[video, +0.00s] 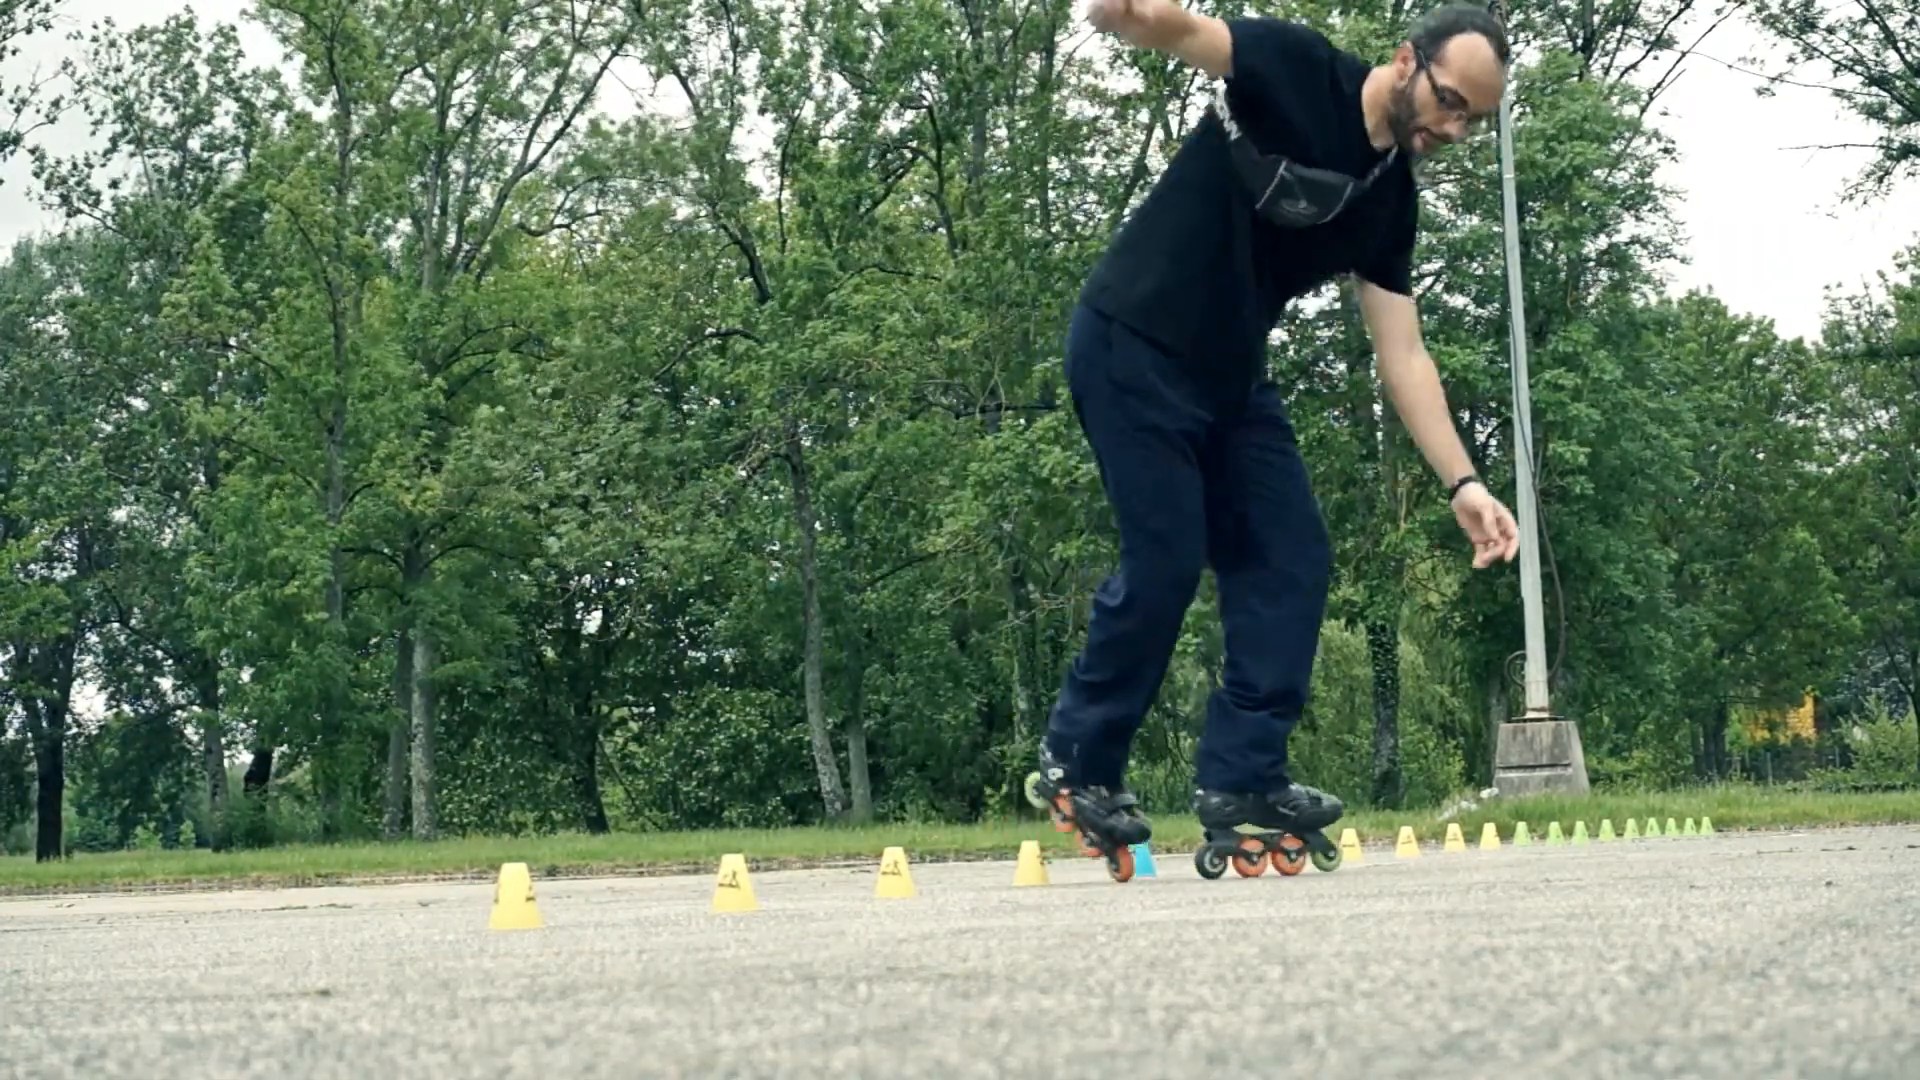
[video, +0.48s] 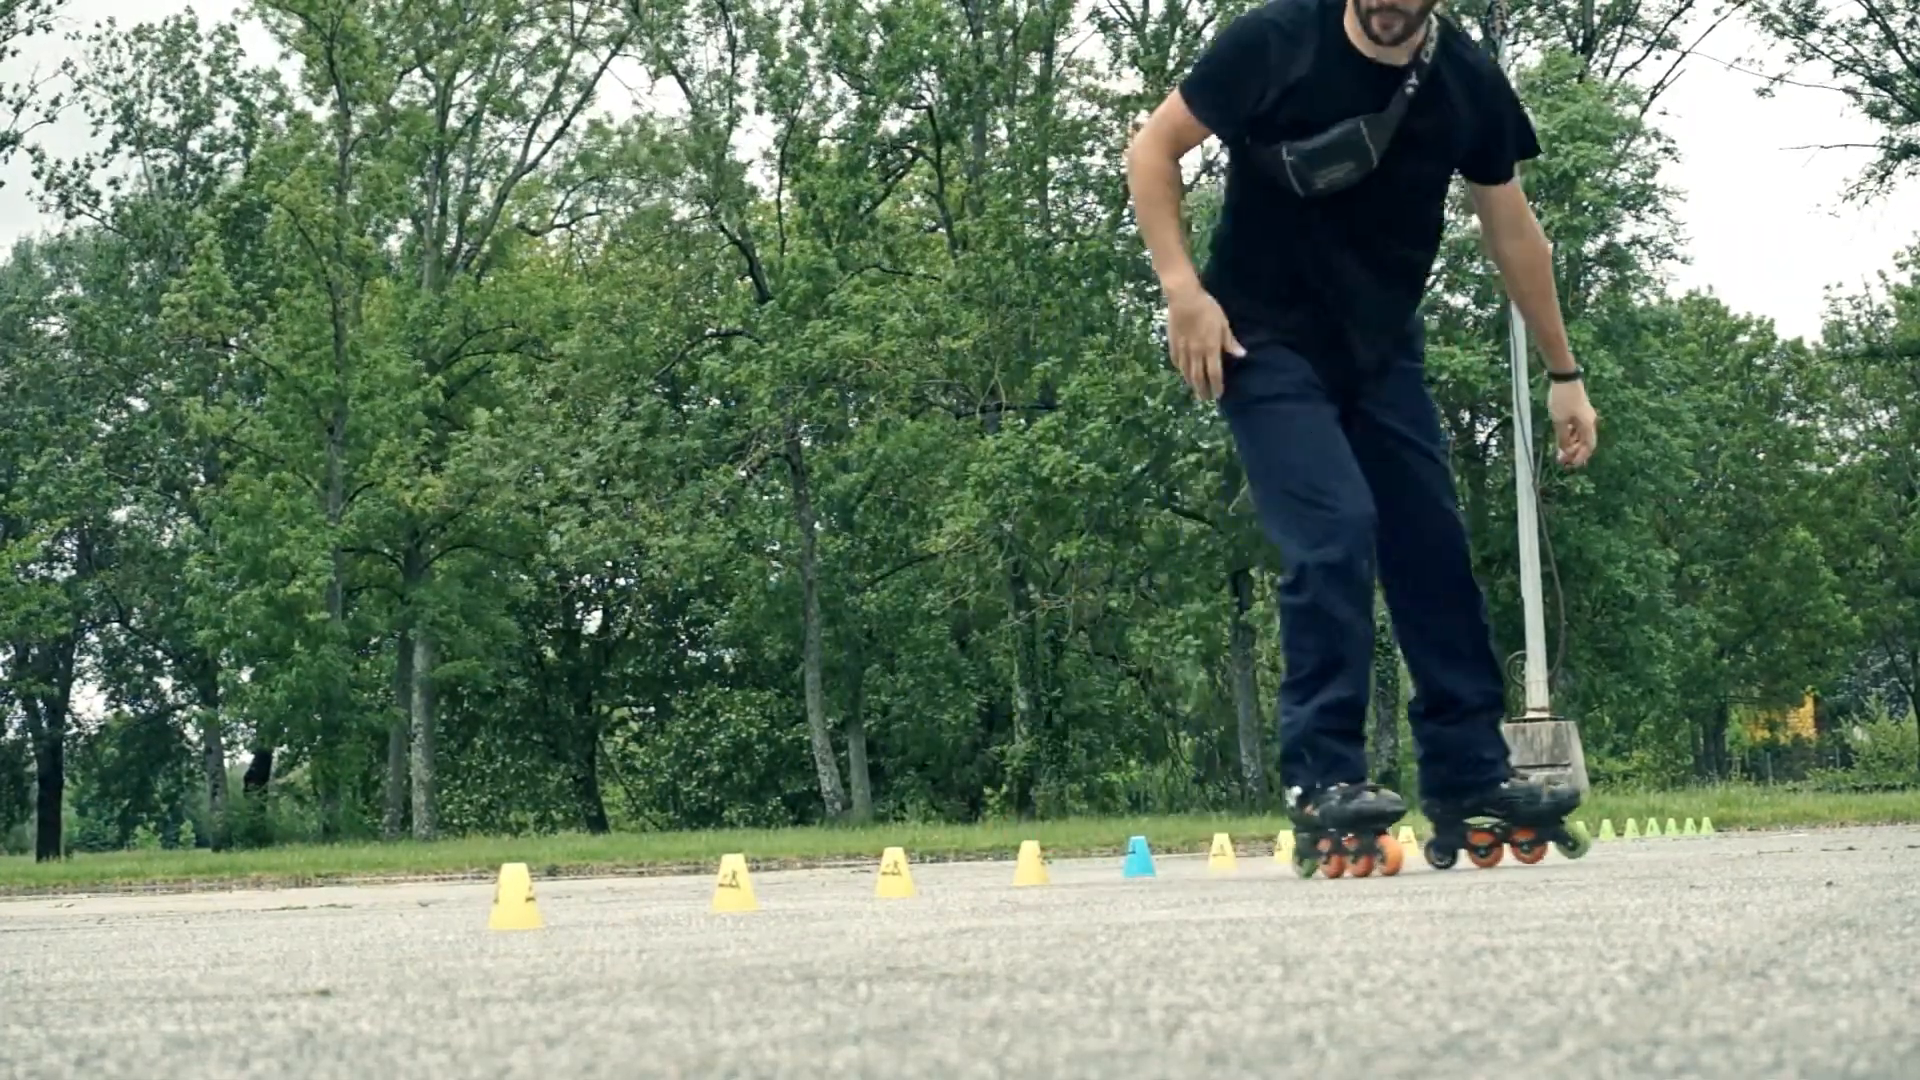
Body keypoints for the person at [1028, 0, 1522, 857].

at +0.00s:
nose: (1453, 127)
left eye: (1472, 118)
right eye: (1449, 100)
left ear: (1478, 113)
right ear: (1409, 58)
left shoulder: (1389, 197)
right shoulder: (1301, 67)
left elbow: (1402, 351)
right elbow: (1187, 32)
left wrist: (1464, 483)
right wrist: (1130, 18)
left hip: (1229, 367)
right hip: (1131, 335)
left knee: (1288, 558)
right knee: (1166, 556)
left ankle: (1242, 781)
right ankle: (1078, 765)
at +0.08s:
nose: (1449, 93)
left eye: (1470, 81)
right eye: (1439, 65)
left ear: (1486, 75)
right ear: (1396, 28)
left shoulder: (1404, 171)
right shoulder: (1291, 51)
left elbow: (1428, 328)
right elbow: (1145, 38)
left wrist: (1491, 463)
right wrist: (1164, 85)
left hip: (1255, 363)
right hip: (1148, 334)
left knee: (1306, 561)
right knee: (1188, 551)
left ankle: (1249, 778)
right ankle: (1122, 767)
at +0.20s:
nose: (1430, 50)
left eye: (1454, 35)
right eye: (1417, 24)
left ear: (1473, 30)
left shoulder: (1430, 134)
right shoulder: (1290, 37)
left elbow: (1464, 289)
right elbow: (1145, 96)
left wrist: (1531, 426)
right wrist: (1209, 196)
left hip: (1291, 354)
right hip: (1176, 328)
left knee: (1339, 551)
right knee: (1220, 531)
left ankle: (1303, 779)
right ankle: (1173, 773)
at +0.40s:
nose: (1410, 14)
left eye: (1431, 1)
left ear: (1454, 4)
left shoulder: (1466, 101)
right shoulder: (1284, 43)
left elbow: (1506, 243)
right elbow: (1150, 147)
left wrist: (1564, 383)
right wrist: (1187, 286)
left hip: (1357, 358)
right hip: (1239, 341)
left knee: (1413, 555)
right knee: (1301, 534)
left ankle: (1423, 779)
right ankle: (1287, 779)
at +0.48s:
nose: (1392, 8)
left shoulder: (1467, 78)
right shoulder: (1273, 43)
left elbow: (1511, 226)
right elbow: (1152, 147)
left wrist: (1564, 372)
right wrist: (1182, 292)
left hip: (1382, 349)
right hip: (1264, 339)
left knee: (1433, 547)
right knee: (1336, 527)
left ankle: (1467, 779)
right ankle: (1325, 776)